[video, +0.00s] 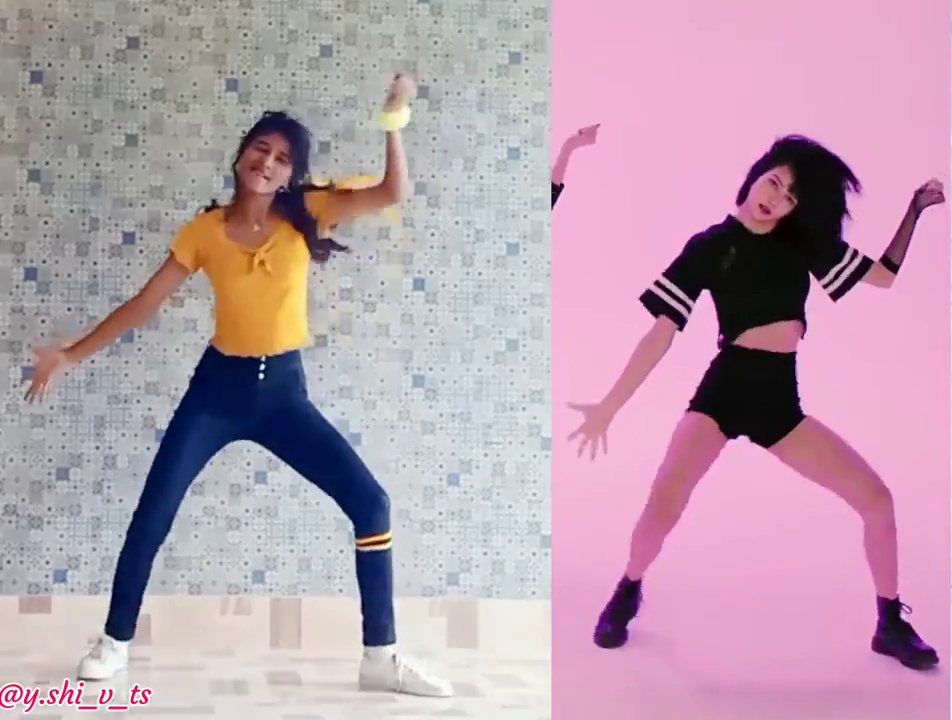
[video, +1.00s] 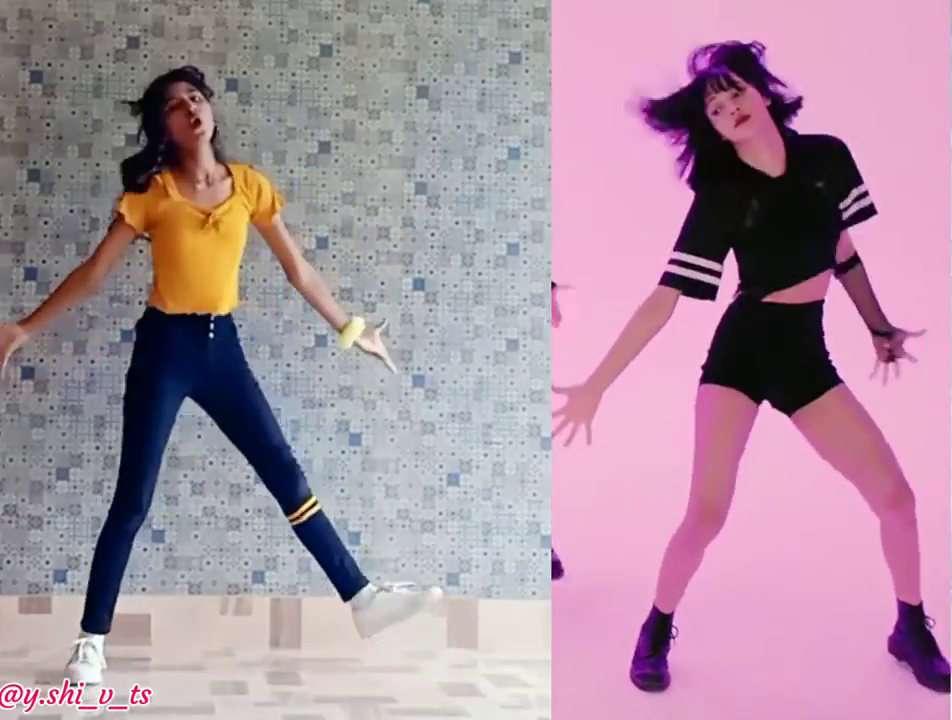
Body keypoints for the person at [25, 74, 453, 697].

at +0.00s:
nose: (264, 161)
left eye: (280, 158)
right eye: (258, 148)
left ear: (291, 176)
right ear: (240, 155)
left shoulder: (304, 212)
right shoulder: (205, 232)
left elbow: (391, 193)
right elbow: (143, 305)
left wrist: (394, 122)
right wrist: (68, 354)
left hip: (285, 400)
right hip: (214, 397)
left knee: (372, 505)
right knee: (152, 515)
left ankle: (380, 658)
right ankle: (112, 648)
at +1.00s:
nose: (190, 108)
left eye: (196, 97)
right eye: (175, 105)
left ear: (214, 112)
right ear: (161, 128)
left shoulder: (249, 186)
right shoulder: (149, 193)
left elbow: (298, 270)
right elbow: (91, 275)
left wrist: (350, 329)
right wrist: (23, 328)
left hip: (224, 351)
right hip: (162, 352)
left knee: (284, 472)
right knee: (133, 502)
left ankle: (361, 597)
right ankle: (91, 642)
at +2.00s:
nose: (291, 141)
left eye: (300, 131)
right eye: (277, 132)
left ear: (312, 143)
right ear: (259, 143)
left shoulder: (324, 216)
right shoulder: (241, 198)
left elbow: (314, 309)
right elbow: (208, 290)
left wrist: (365, 287)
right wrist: (179, 373)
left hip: (312, 361)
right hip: (261, 363)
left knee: (350, 506)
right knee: (325, 503)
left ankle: (294, 643)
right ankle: (207, 580)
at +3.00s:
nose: (399, 127)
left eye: (413, 118)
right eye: (393, 120)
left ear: (440, 130)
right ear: (389, 131)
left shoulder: (426, 173)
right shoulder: (407, 180)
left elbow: (384, 258)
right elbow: (331, 223)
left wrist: (338, 260)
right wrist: (322, 157)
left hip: (381, 344)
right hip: (401, 347)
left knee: (313, 493)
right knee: (395, 508)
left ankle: (278, 652)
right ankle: (447, 650)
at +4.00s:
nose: (356, 148)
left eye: (371, 142)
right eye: (351, 139)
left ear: (395, 157)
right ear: (342, 151)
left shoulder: (384, 205)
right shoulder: (362, 219)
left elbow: (362, 296)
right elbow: (305, 286)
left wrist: (331, 291)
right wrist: (286, 218)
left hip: (380, 382)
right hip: (387, 383)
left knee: (270, 496)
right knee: (359, 535)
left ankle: (271, 657)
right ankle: (444, 652)